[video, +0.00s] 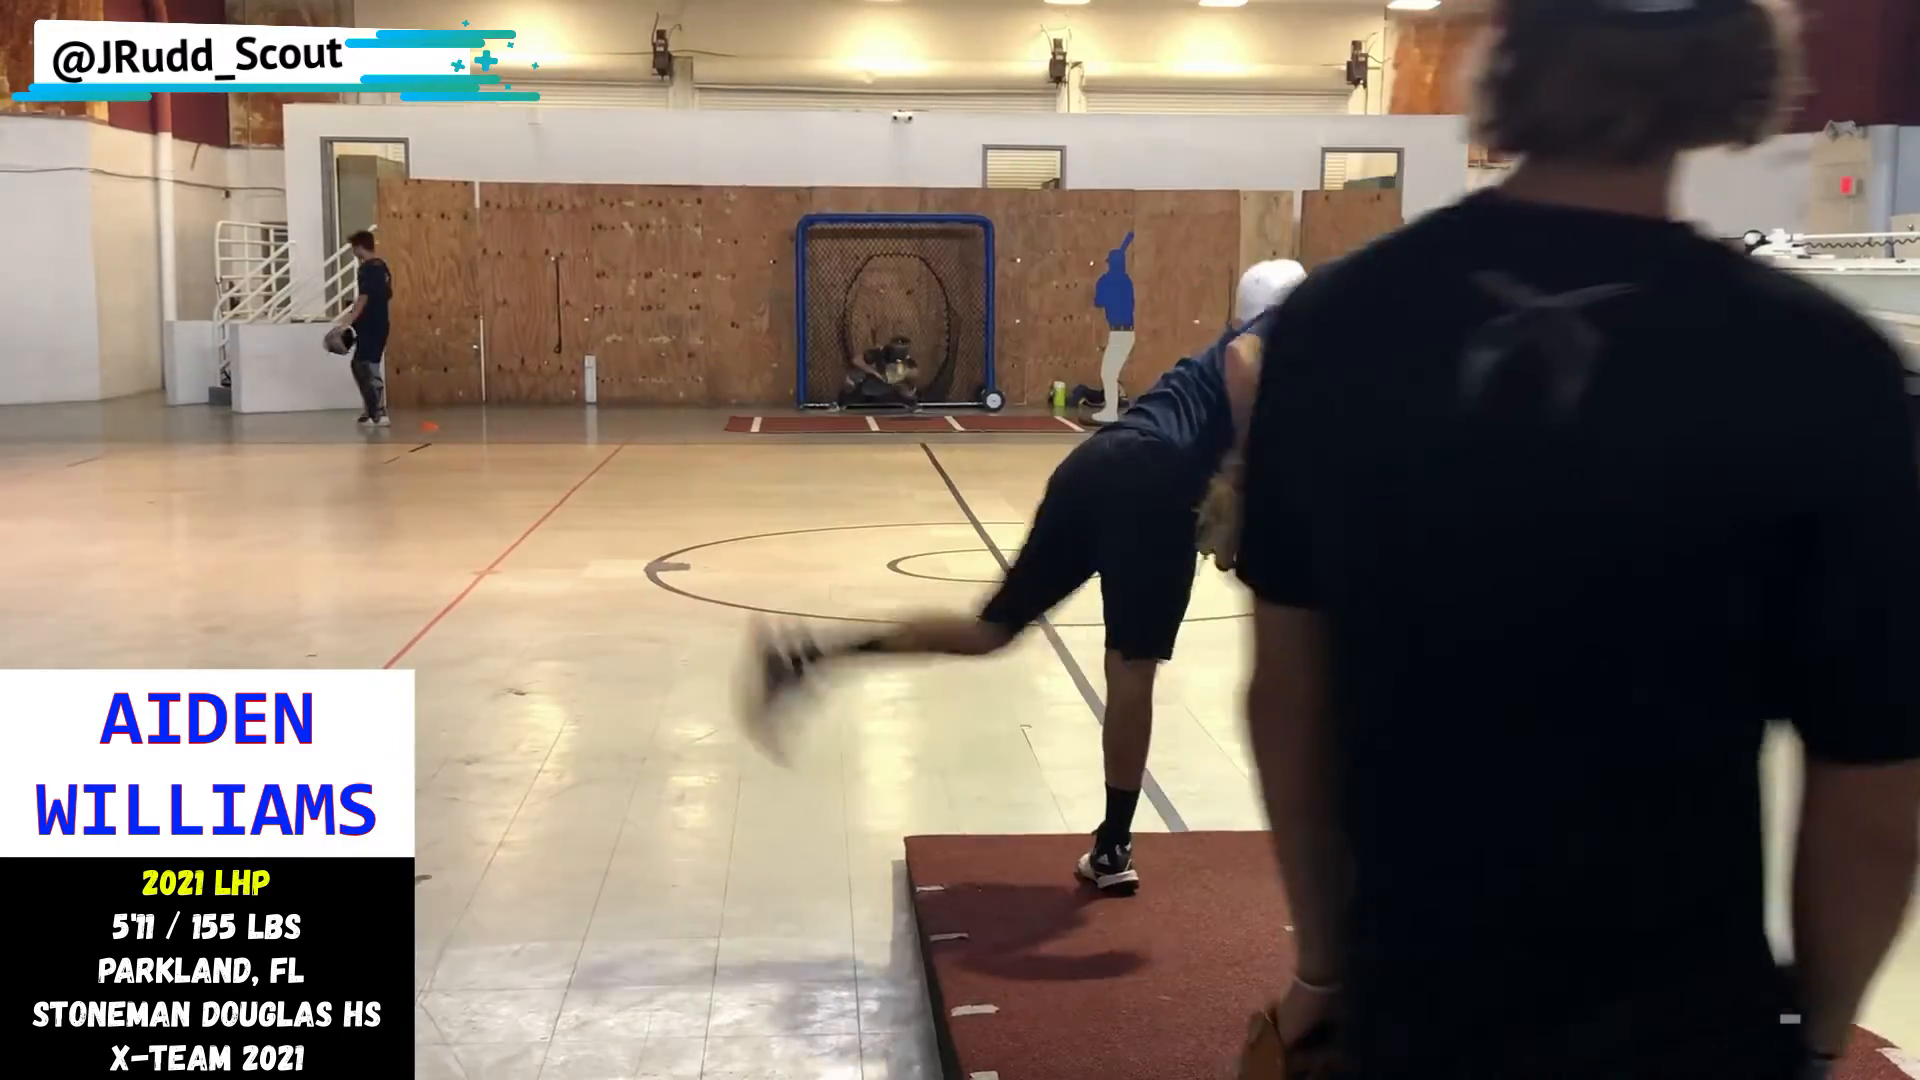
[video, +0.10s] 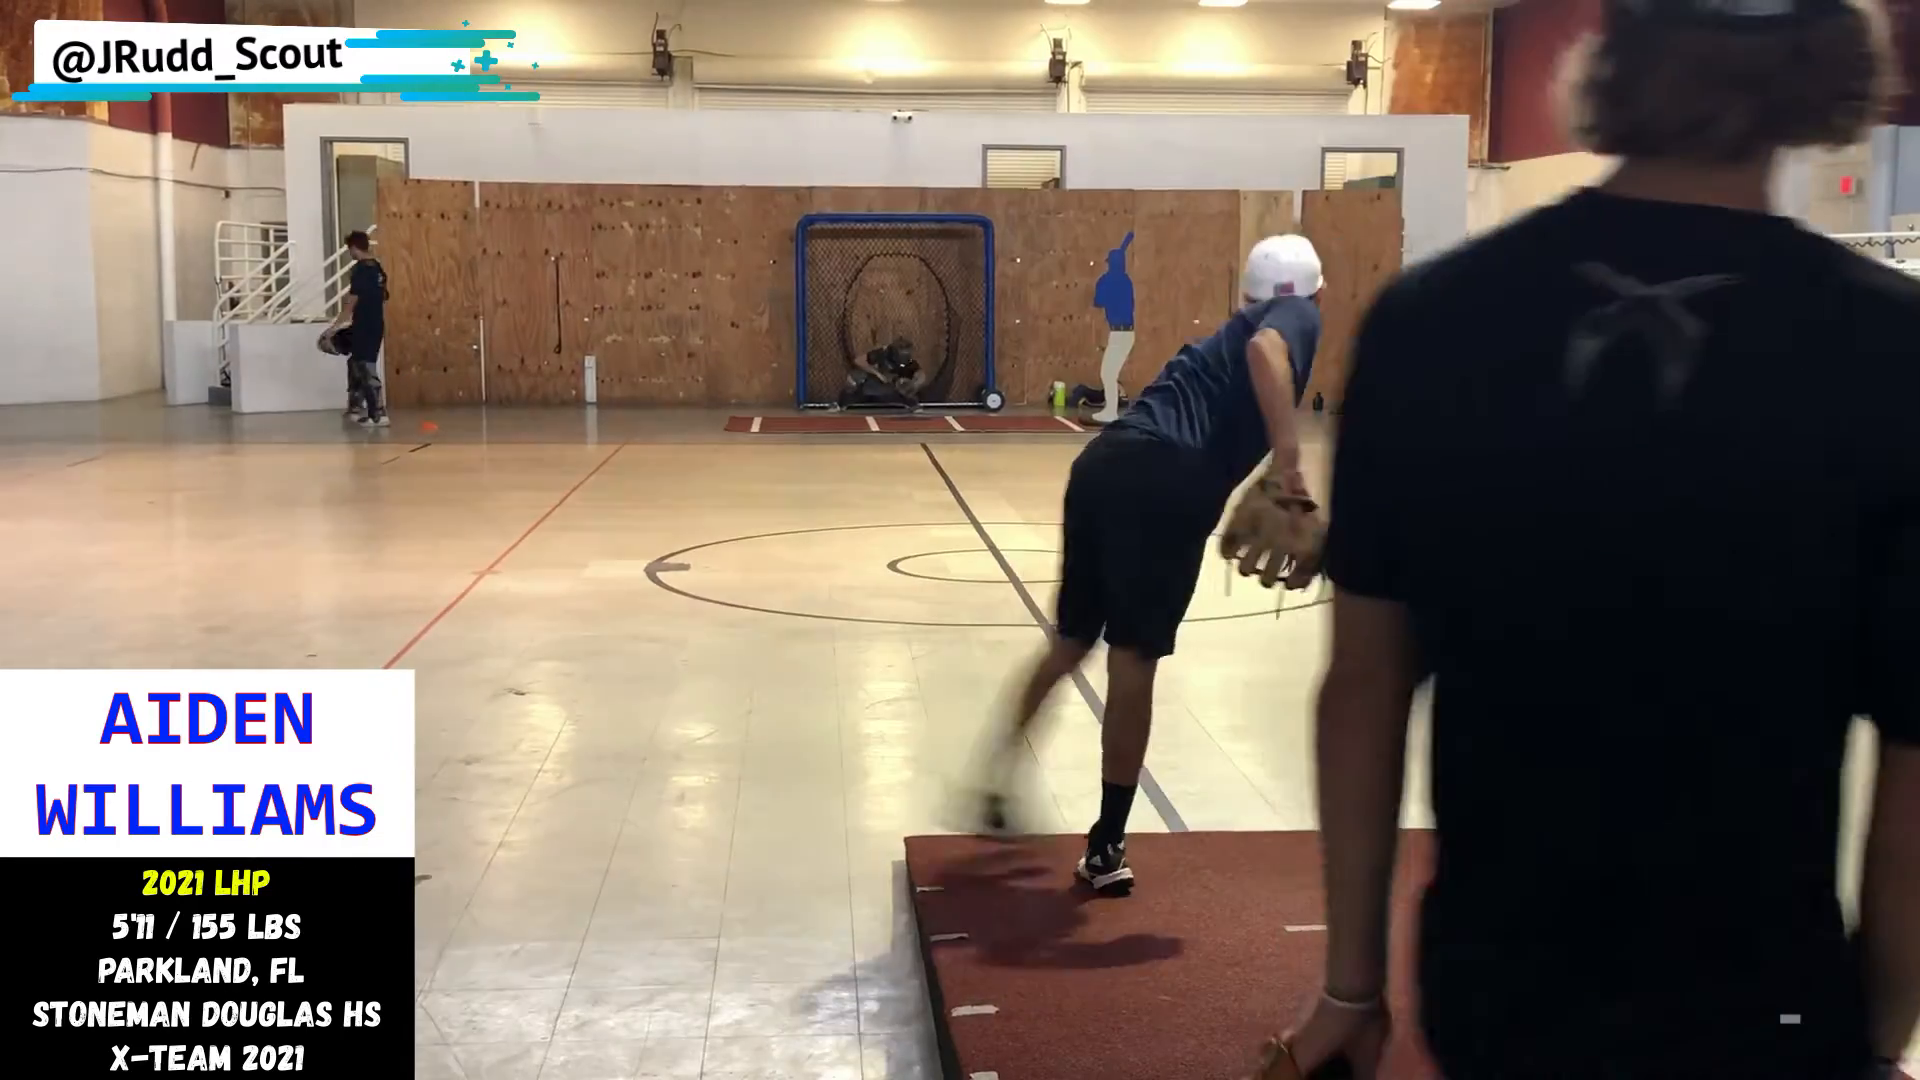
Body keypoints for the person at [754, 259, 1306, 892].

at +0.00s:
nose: (1309, 326)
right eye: (1303, 312)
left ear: (1245, 311)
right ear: (1292, 315)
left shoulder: (1220, 352)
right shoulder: (1266, 349)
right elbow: (1256, 464)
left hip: (1089, 474)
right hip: (1155, 497)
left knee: (987, 629)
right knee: (1133, 674)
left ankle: (810, 651)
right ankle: (1112, 848)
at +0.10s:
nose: (1323, 295)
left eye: (1318, 287)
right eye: (1321, 285)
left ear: (1250, 293)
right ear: (1311, 289)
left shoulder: (1228, 334)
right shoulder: (1297, 308)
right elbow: (1266, 352)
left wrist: (1261, 507)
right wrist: (1291, 478)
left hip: (1101, 466)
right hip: (1168, 485)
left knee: (1071, 637)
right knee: (1132, 666)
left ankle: (994, 775)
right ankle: (1106, 846)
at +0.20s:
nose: (1328, 277)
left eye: (1323, 268)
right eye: (1327, 268)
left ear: (1256, 274)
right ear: (1317, 271)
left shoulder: (1226, 320)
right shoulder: (1303, 294)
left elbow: (1167, 398)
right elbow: (1277, 344)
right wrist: (1301, 468)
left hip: (1125, 475)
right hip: (1185, 487)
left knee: (1157, 652)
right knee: (1153, 663)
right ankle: (1103, 837)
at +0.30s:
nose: (1333, 256)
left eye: (1328, 247)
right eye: (1331, 247)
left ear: (1260, 255)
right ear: (1321, 254)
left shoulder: (1237, 301)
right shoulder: (1304, 284)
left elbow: (1180, 396)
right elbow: (1275, 340)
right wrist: (1305, 466)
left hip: (1168, 487)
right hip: (1215, 495)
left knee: (1236, 643)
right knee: (1218, 663)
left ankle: (1239, 814)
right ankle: (1129, 827)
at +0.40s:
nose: (1331, 245)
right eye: (1331, 235)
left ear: (1266, 240)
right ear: (1328, 238)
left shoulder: (1238, 297)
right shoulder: (1311, 281)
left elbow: (1202, 389)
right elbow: (1282, 343)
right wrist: (1311, 460)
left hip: (1191, 488)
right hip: (1243, 494)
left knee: (1253, 653)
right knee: (1283, 658)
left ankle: (1243, 815)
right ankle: (1178, 799)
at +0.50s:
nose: (1341, 225)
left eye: (1333, 215)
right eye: (1339, 215)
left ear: (1273, 221)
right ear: (1332, 219)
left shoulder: (1236, 290)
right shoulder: (1322, 269)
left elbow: (1233, 403)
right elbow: (1308, 343)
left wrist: (1312, 481)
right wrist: (1339, 447)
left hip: (1205, 483)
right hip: (1271, 486)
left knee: (1255, 642)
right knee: (1319, 641)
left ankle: (1237, 811)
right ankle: (1246, 790)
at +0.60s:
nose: (1340, 204)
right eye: (1342, 194)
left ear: (1272, 201)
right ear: (1337, 200)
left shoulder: (1239, 275)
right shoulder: (1336, 260)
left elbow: (1239, 389)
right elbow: (1346, 355)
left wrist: (1330, 442)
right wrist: (1365, 430)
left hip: (1227, 485)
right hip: (1301, 490)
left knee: (1255, 642)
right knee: (1328, 639)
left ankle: (1244, 808)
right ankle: (1318, 807)